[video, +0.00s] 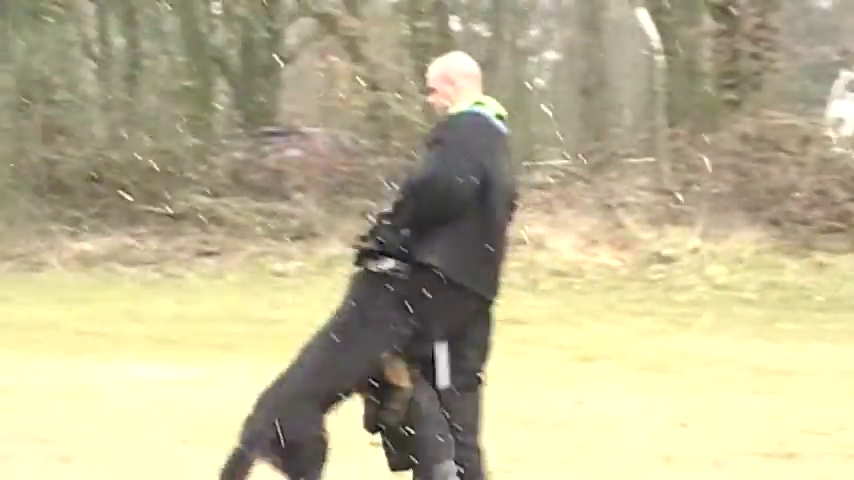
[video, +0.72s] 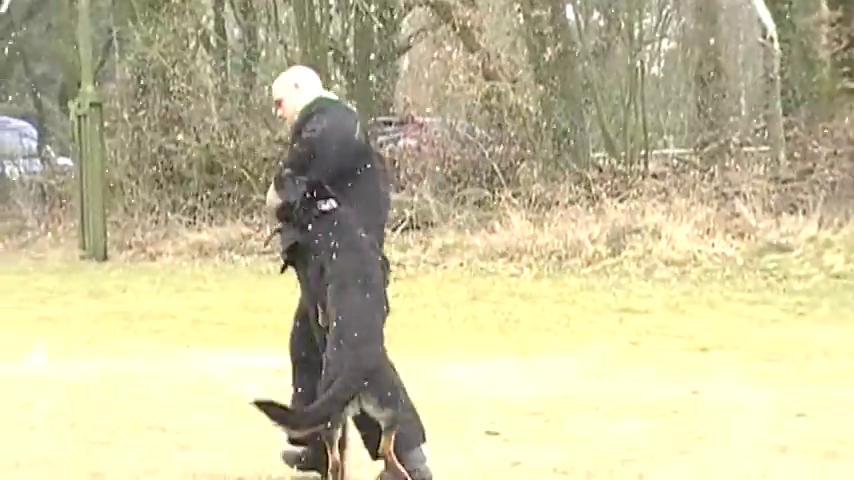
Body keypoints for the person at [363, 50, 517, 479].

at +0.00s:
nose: (428, 100)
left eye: (433, 91)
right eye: (428, 91)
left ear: (454, 87)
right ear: (469, 87)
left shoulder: (465, 128)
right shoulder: (493, 136)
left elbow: (450, 184)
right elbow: (499, 204)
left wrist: (399, 217)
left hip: (437, 273)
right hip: (471, 282)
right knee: (459, 386)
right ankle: (464, 467)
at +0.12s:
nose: (492, 77)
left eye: (495, 68)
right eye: (492, 69)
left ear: (514, 64)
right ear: (533, 64)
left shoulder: (533, 102)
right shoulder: (557, 111)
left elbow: (528, 160)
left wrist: (476, 192)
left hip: (504, 253)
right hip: (544, 263)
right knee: (546, 371)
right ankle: (566, 467)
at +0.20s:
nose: (476, 87)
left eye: (481, 78)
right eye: (475, 78)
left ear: (505, 75)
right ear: (508, 76)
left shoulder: (525, 114)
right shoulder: (510, 119)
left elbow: (521, 169)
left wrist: (465, 171)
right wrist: (450, 210)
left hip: (523, 257)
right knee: (539, 364)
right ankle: (572, 465)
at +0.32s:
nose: (423, 102)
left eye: (428, 92)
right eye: (420, 94)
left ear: (453, 85)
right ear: (456, 86)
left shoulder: (470, 123)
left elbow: (485, 163)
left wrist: (422, 160)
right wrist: (396, 214)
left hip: (459, 256)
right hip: (484, 264)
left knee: (390, 352)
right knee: (505, 364)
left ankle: (377, 459)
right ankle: (555, 461)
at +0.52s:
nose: (333, 115)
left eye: (335, 105)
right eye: (330, 107)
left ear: (356, 94)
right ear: (365, 93)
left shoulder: (380, 137)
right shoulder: (389, 132)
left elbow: (339, 190)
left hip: (399, 269)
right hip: (400, 267)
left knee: (395, 362)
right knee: (397, 362)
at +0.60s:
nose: (310, 112)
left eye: (311, 101)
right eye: (306, 105)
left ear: (334, 89)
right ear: (335, 90)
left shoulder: (361, 123)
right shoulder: (344, 131)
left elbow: (340, 170)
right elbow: (326, 198)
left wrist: (307, 175)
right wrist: (310, 232)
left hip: (368, 257)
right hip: (352, 258)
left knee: (364, 359)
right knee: (365, 357)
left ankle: (406, 456)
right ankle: (422, 440)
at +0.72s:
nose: (278, 112)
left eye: (279, 102)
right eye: (276, 105)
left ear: (298, 88)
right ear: (305, 88)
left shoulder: (331, 118)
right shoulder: (316, 129)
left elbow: (320, 160)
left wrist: (283, 187)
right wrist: (284, 196)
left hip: (349, 259)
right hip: (322, 263)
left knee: (357, 352)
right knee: (306, 347)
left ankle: (406, 454)